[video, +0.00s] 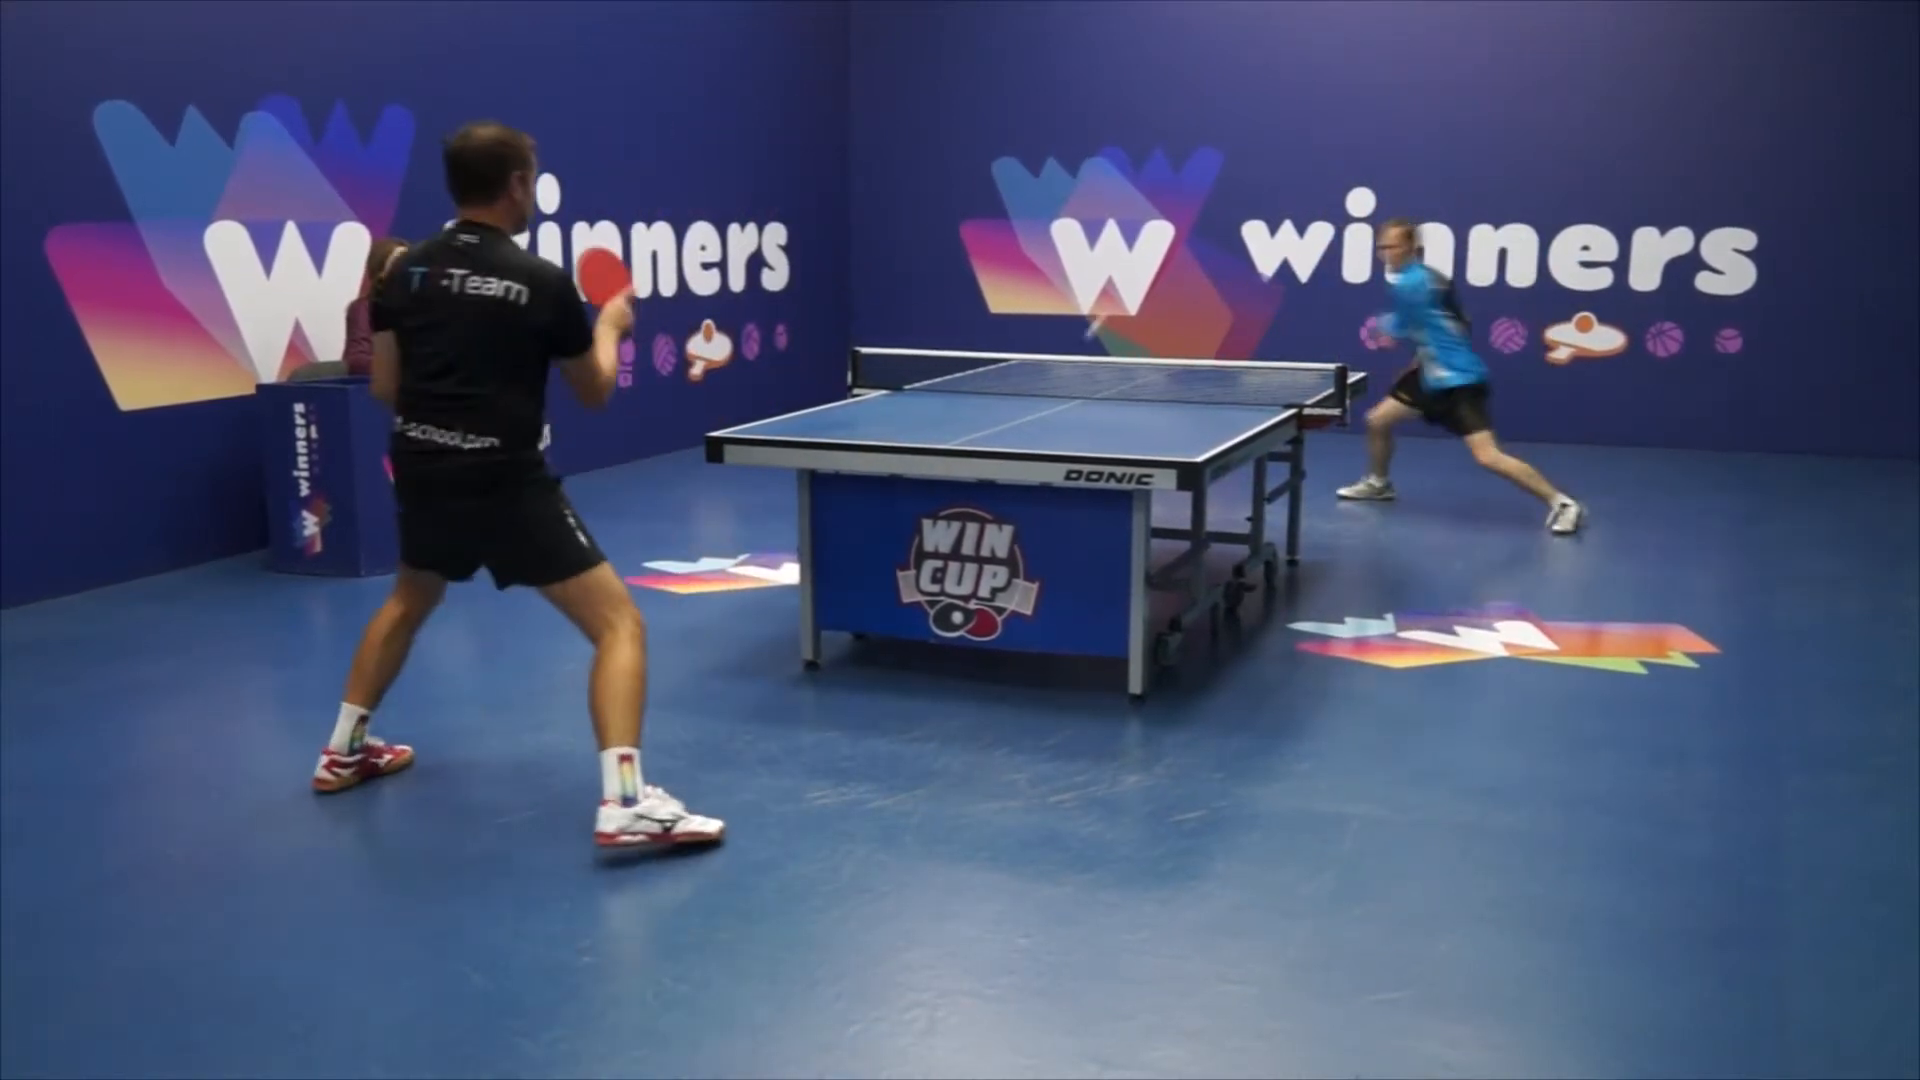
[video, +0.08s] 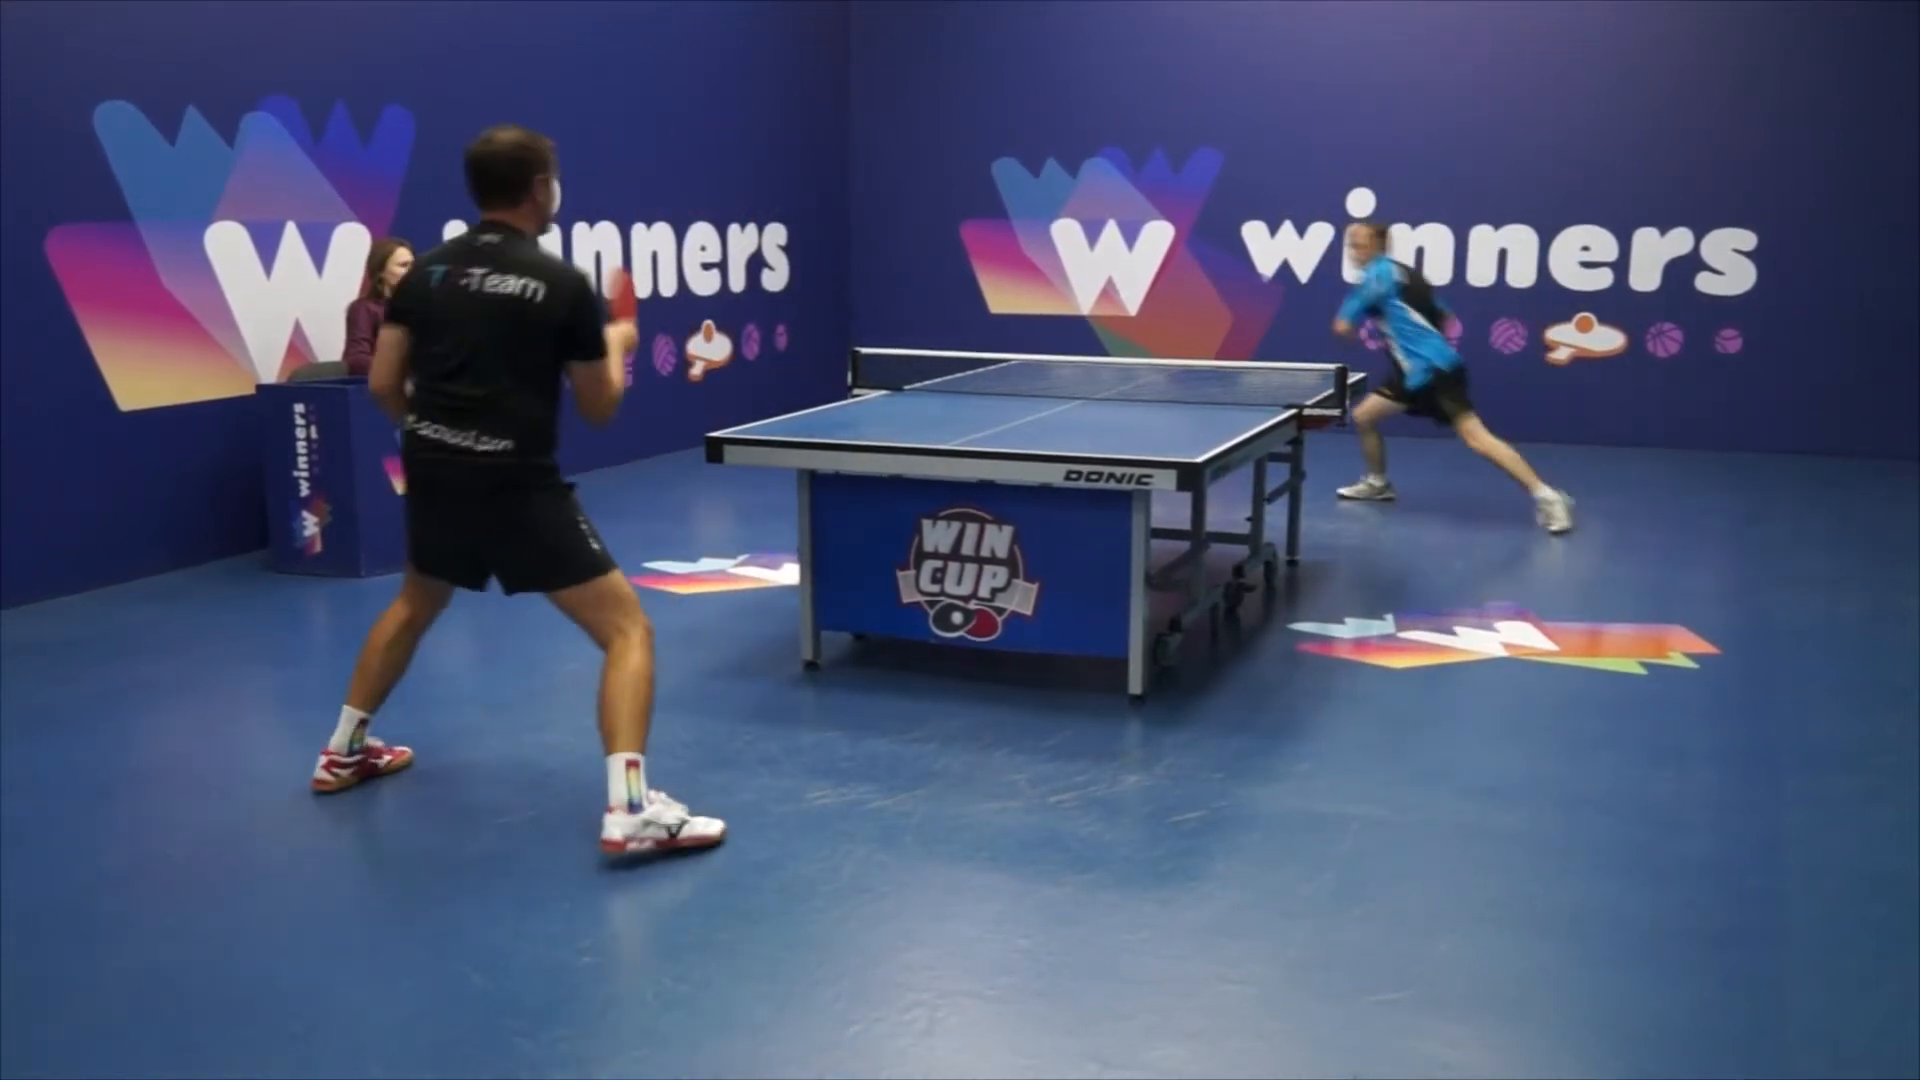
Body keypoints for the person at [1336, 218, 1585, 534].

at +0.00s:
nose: (1387, 254)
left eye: (1394, 247)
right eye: (1383, 247)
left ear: (1412, 248)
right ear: (1381, 249)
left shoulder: (1416, 282)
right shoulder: (1409, 281)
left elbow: (1404, 322)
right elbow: (1425, 325)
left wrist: (1384, 328)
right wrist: (1388, 332)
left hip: (1461, 379)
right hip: (1430, 376)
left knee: (1487, 455)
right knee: (1377, 420)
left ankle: (1561, 504)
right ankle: (1378, 483)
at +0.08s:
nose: (1355, 251)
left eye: (1361, 245)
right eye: (1352, 245)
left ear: (1378, 245)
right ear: (1352, 245)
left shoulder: (1380, 272)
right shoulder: (1400, 274)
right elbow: (1442, 317)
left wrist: (1347, 317)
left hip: (1438, 370)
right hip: (1413, 374)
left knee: (1476, 438)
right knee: (1363, 416)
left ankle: (1547, 497)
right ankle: (1377, 482)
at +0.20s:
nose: (1314, 235)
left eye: (1320, 228)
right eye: (1311, 228)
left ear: (1338, 228)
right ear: (1313, 229)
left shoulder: (1352, 248)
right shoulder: (1337, 261)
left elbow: (1380, 263)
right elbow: (1360, 296)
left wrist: (1343, 308)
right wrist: (1345, 328)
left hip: (1408, 345)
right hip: (1386, 357)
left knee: (1433, 413)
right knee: (1354, 417)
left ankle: (1484, 481)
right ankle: (1375, 481)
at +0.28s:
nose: (1297, 219)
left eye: (1302, 212)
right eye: (1293, 213)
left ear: (1322, 210)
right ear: (1293, 216)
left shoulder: (1349, 233)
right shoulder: (1301, 260)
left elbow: (1389, 238)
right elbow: (1283, 309)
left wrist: (1349, 244)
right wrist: (1241, 296)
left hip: (1387, 327)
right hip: (1354, 338)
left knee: (1384, 401)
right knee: (1350, 413)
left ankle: (1399, 479)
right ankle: (1375, 478)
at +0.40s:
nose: (1280, 207)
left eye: (1287, 200)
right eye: (1276, 201)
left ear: (1305, 200)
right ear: (1273, 204)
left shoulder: (1328, 231)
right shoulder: (1275, 236)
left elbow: (1370, 244)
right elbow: (1241, 258)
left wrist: (1344, 258)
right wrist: (1281, 245)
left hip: (1339, 322)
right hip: (1304, 327)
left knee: (1321, 398)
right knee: (1299, 397)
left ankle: (1311, 471)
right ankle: (1347, 455)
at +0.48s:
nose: (1270, 212)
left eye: (1277, 206)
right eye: (1266, 206)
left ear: (1293, 207)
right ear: (1261, 208)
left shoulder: (1312, 242)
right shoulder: (1256, 239)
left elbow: (1354, 265)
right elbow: (1225, 272)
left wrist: (1353, 287)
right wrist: (1269, 250)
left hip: (1309, 338)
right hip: (1270, 342)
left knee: (1296, 410)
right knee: (1272, 409)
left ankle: (1296, 480)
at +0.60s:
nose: (1250, 231)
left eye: (1257, 224)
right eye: (1245, 224)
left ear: (1268, 228)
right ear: (1237, 226)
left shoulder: (1281, 266)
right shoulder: (1226, 262)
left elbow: (1308, 299)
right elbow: (1201, 304)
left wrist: (1326, 331)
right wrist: (1231, 283)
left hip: (1273, 357)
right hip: (1231, 357)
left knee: (1284, 418)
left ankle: (1293, 478)